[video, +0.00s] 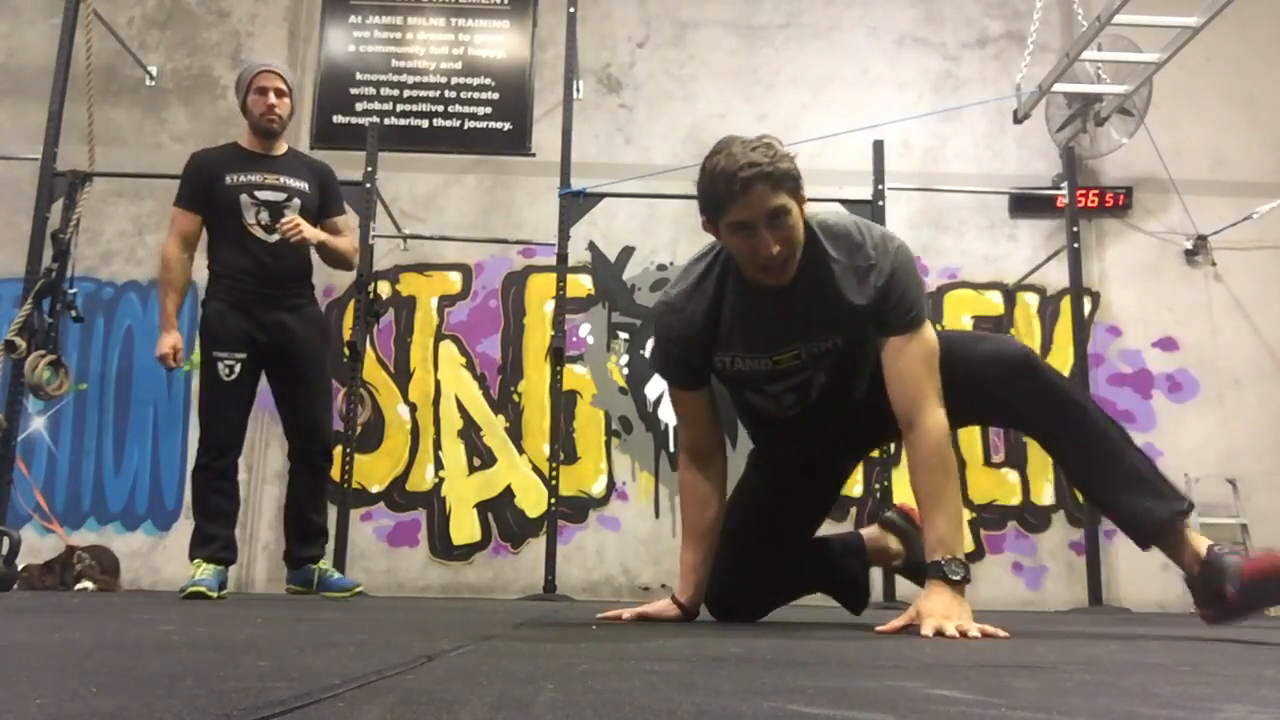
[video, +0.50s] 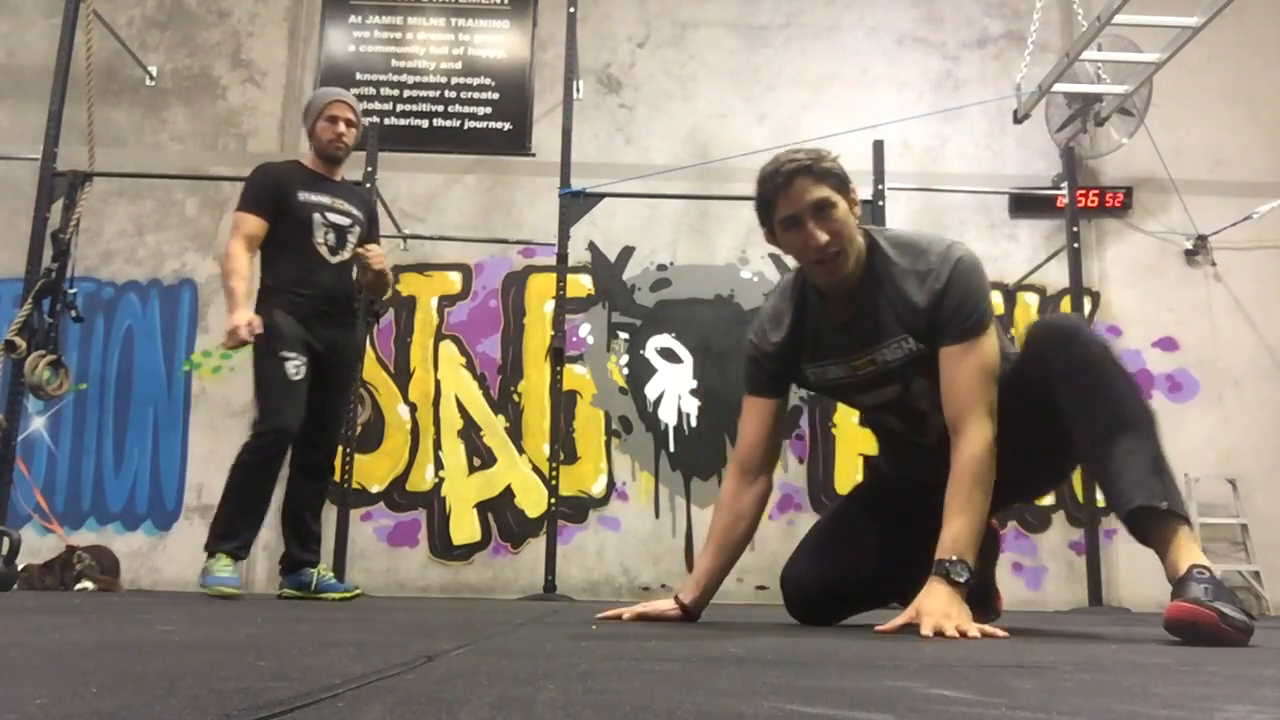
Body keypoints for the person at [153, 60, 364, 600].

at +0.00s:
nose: (272, 101)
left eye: (280, 94)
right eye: (261, 93)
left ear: (292, 107)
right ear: (242, 105)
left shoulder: (317, 174)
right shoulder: (209, 166)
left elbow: (349, 255)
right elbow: (179, 246)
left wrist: (316, 235)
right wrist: (170, 326)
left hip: (298, 323)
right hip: (231, 320)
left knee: (314, 445)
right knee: (218, 446)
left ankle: (305, 565)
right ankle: (211, 563)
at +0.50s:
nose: (342, 129)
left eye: (350, 123)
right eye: (332, 120)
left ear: (357, 137)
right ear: (309, 128)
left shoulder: (363, 198)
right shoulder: (275, 178)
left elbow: (375, 286)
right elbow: (239, 244)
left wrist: (379, 272)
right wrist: (239, 308)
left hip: (342, 331)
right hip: (285, 321)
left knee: (318, 452)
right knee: (277, 430)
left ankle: (300, 569)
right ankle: (225, 555)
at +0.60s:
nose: (357, 133)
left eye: (365, 128)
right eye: (346, 123)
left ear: (369, 140)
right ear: (323, 130)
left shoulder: (369, 201)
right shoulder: (287, 175)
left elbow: (370, 281)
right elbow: (250, 241)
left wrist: (386, 274)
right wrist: (257, 302)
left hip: (345, 330)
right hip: (294, 321)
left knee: (322, 444)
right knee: (299, 425)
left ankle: (301, 565)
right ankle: (242, 556)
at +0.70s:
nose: (369, 135)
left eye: (377, 130)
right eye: (359, 125)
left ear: (380, 140)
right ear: (334, 128)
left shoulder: (370, 200)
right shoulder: (300, 171)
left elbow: (360, 285)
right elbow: (258, 236)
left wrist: (387, 278)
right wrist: (273, 297)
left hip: (346, 330)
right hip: (301, 321)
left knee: (325, 439)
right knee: (310, 429)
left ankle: (303, 561)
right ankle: (278, 560)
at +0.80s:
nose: (377, 137)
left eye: (385, 130)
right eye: (369, 125)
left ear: (388, 140)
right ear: (343, 127)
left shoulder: (368, 198)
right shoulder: (312, 169)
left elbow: (354, 281)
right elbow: (273, 233)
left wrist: (395, 277)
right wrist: (295, 292)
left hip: (347, 329)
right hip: (310, 323)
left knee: (324, 438)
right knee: (310, 436)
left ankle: (303, 563)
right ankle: (303, 561)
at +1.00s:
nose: (389, 126)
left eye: (397, 120)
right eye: (380, 114)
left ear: (398, 129)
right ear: (352, 115)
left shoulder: (363, 180)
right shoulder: (325, 159)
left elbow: (363, 269)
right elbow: (314, 227)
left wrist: (413, 292)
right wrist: (359, 289)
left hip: (346, 317)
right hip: (322, 314)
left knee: (340, 435)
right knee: (326, 435)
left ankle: (311, 563)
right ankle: (306, 566)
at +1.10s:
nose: (396, 121)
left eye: (404, 114)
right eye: (388, 109)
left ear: (405, 121)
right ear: (359, 108)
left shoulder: (364, 170)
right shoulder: (334, 153)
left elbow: (366, 259)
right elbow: (334, 223)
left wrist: (406, 310)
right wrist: (382, 288)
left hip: (350, 316)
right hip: (325, 312)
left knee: (363, 434)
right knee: (324, 435)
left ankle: (315, 559)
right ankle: (310, 566)